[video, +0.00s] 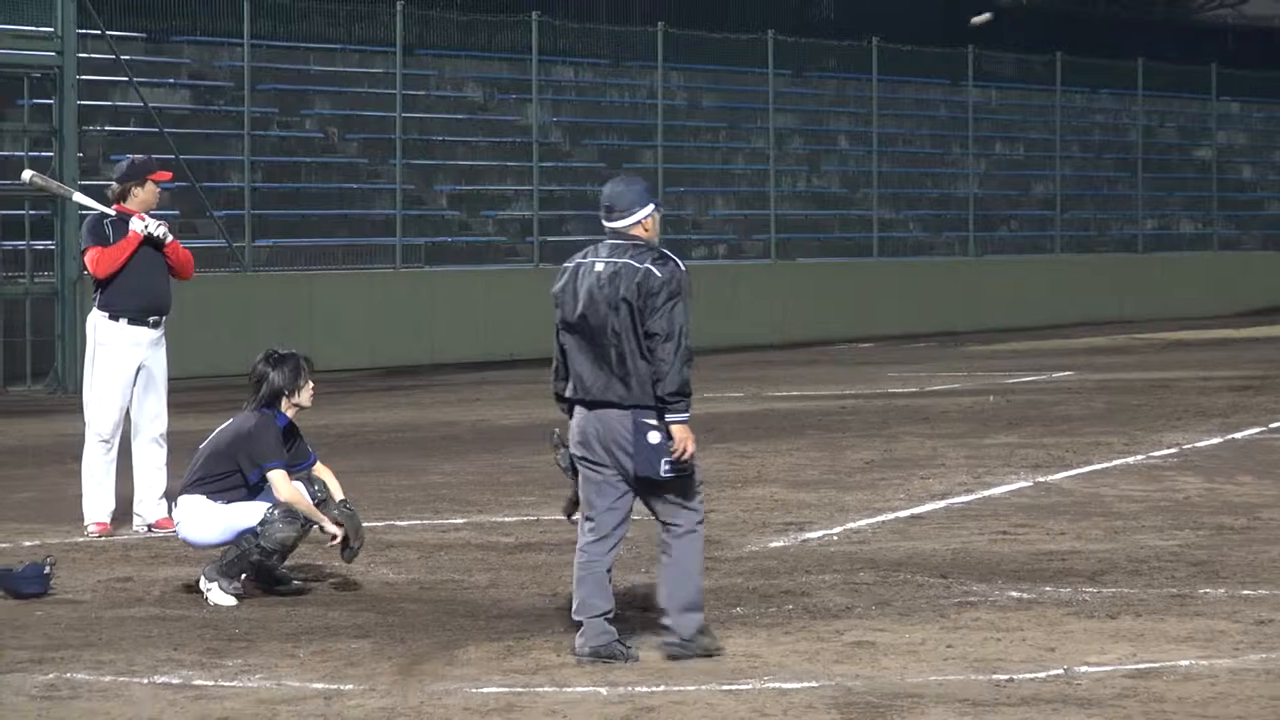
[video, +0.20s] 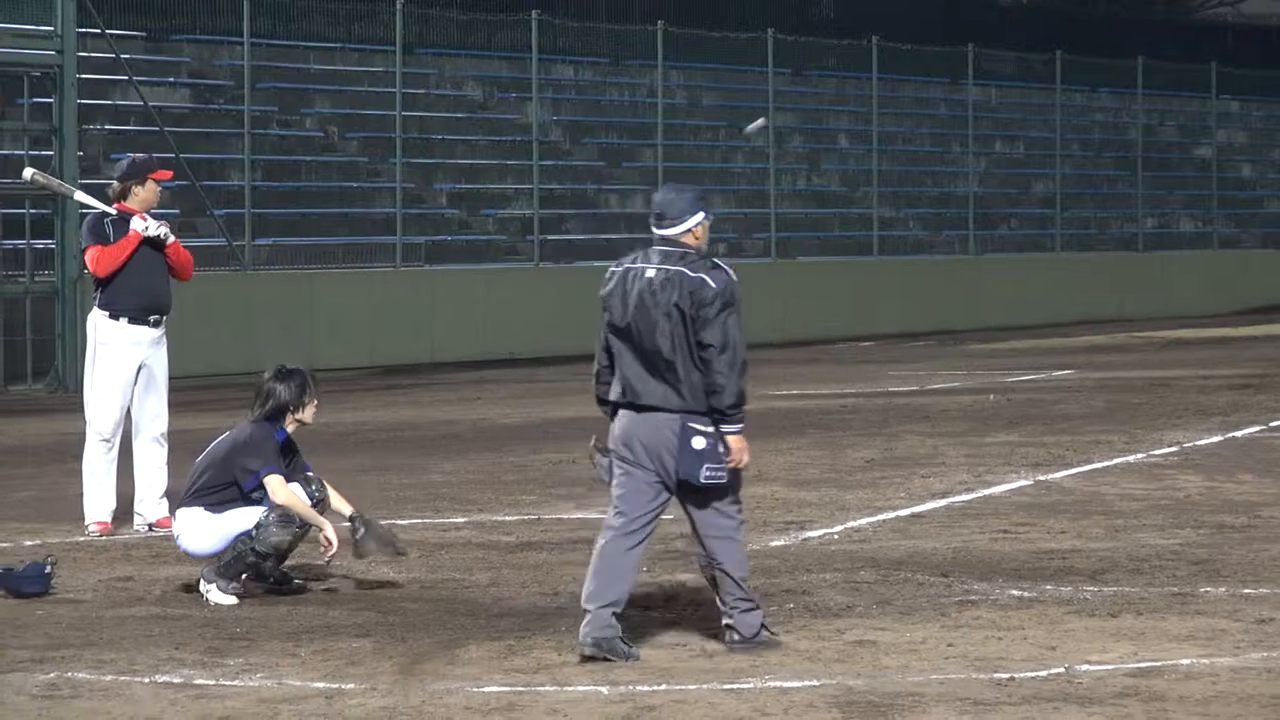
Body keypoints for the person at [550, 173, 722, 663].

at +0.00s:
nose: (658, 222)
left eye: (654, 215)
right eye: (654, 216)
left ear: (610, 220)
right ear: (643, 221)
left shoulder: (573, 269)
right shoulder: (660, 270)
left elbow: (564, 353)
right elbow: (668, 352)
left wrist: (569, 413)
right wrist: (678, 417)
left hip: (589, 417)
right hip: (644, 418)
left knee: (598, 527)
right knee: (681, 518)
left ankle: (593, 634)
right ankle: (685, 630)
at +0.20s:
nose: (707, 230)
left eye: (703, 223)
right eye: (703, 224)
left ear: (658, 227)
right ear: (692, 229)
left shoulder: (621, 273)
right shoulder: (709, 279)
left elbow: (608, 354)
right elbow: (722, 359)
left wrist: (612, 412)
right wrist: (733, 427)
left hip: (633, 419)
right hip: (693, 422)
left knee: (624, 525)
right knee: (721, 527)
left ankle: (598, 628)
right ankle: (744, 627)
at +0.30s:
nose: (732, 228)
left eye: (729, 220)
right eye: (728, 222)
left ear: (683, 225)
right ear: (716, 227)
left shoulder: (646, 269)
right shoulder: (737, 278)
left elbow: (628, 349)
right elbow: (753, 358)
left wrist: (633, 408)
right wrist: (763, 424)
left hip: (659, 417)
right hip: (720, 421)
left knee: (651, 519)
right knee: (739, 527)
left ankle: (613, 602)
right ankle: (745, 624)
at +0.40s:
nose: (750, 224)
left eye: (747, 217)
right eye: (748, 218)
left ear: (702, 220)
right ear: (738, 223)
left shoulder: (664, 265)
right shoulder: (759, 272)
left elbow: (648, 340)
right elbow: (783, 349)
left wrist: (650, 400)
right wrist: (798, 415)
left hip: (679, 411)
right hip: (738, 414)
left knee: (693, 508)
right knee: (751, 518)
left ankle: (652, 577)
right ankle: (746, 624)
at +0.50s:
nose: (769, 218)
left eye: (765, 211)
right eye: (766, 212)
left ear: (720, 214)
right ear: (758, 217)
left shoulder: (681, 260)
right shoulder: (780, 268)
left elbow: (665, 337)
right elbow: (804, 343)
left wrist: (669, 396)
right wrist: (824, 404)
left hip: (695, 406)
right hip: (750, 410)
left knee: (717, 503)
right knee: (757, 517)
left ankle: (694, 589)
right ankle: (746, 625)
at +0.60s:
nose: (783, 219)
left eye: (779, 212)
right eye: (780, 213)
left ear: (734, 215)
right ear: (770, 218)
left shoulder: (696, 260)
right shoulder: (793, 266)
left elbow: (679, 335)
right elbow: (821, 338)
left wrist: (683, 394)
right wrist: (841, 396)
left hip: (709, 403)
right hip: (763, 406)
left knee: (742, 508)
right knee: (760, 515)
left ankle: (742, 606)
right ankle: (746, 623)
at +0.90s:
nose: (822, 220)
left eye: (819, 213)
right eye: (820, 214)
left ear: (775, 216)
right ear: (811, 218)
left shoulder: (739, 264)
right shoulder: (834, 264)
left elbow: (727, 341)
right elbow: (856, 340)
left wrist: (729, 400)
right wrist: (866, 404)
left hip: (756, 404)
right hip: (809, 404)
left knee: (792, 506)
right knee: (804, 506)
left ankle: (812, 606)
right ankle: (759, 606)